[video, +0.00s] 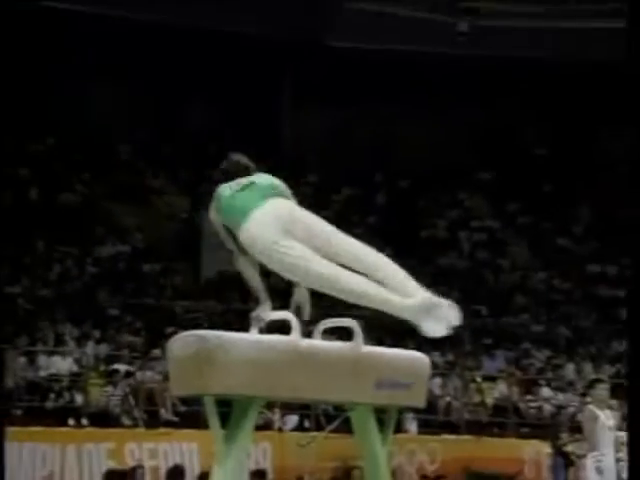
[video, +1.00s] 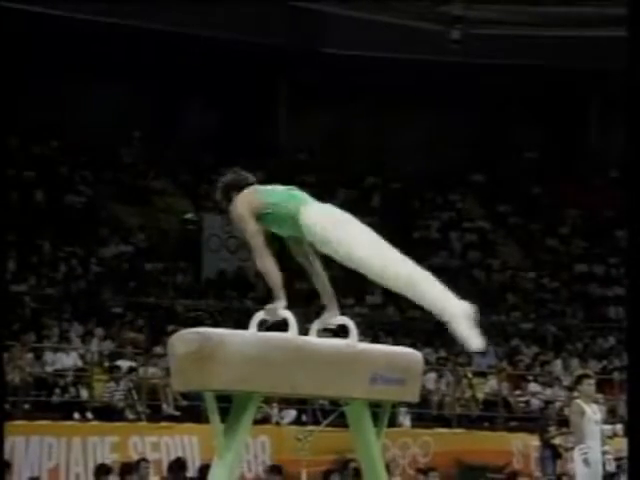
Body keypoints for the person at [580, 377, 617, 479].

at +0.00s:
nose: (604, 393)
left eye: (606, 390)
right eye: (600, 389)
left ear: (609, 392)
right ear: (591, 392)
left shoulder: (608, 412)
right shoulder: (589, 412)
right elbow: (590, 440)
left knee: (610, 475)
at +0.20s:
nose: (595, 390)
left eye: (596, 387)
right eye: (591, 387)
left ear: (599, 389)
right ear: (582, 390)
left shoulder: (598, 409)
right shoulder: (580, 408)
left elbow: (599, 432)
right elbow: (581, 434)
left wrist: (618, 432)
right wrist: (587, 456)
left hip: (600, 454)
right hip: (588, 456)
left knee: (601, 475)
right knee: (588, 476)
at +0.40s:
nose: (594, 389)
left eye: (595, 386)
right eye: (591, 386)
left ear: (597, 388)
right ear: (580, 389)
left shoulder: (597, 408)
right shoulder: (579, 407)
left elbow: (598, 430)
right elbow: (579, 433)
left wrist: (616, 431)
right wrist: (585, 455)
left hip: (599, 452)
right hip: (587, 454)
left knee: (600, 475)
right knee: (588, 475)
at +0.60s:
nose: (594, 389)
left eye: (595, 385)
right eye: (590, 385)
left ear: (597, 388)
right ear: (580, 388)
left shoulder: (597, 408)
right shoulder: (578, 406)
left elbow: (599, 431)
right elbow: (579, 433)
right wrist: (585, 454)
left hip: (598, 452)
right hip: (587, 453)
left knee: (599, 474)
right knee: (587, 475)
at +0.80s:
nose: (593, 388)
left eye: (594, 385)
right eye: (589, 385)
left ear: (596, 387)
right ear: (580, 388)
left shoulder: (596, 407)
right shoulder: (578, 406)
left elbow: (598, 430)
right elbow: (578, 431)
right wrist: (584, 454)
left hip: (598, 449)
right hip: (586, 451)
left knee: (599, 474)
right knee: (587, 475)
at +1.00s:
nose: (592, 388)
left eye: (593, 385)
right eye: (588, 385)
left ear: (595, 386)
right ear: (579, 387)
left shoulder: (594, 406)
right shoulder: (577, 405)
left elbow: (596, 429)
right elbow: (577, 430)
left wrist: (614, 430)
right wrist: (583, 453)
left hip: (596, 449)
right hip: (585, 450)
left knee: (597, 474)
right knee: (585, 475)